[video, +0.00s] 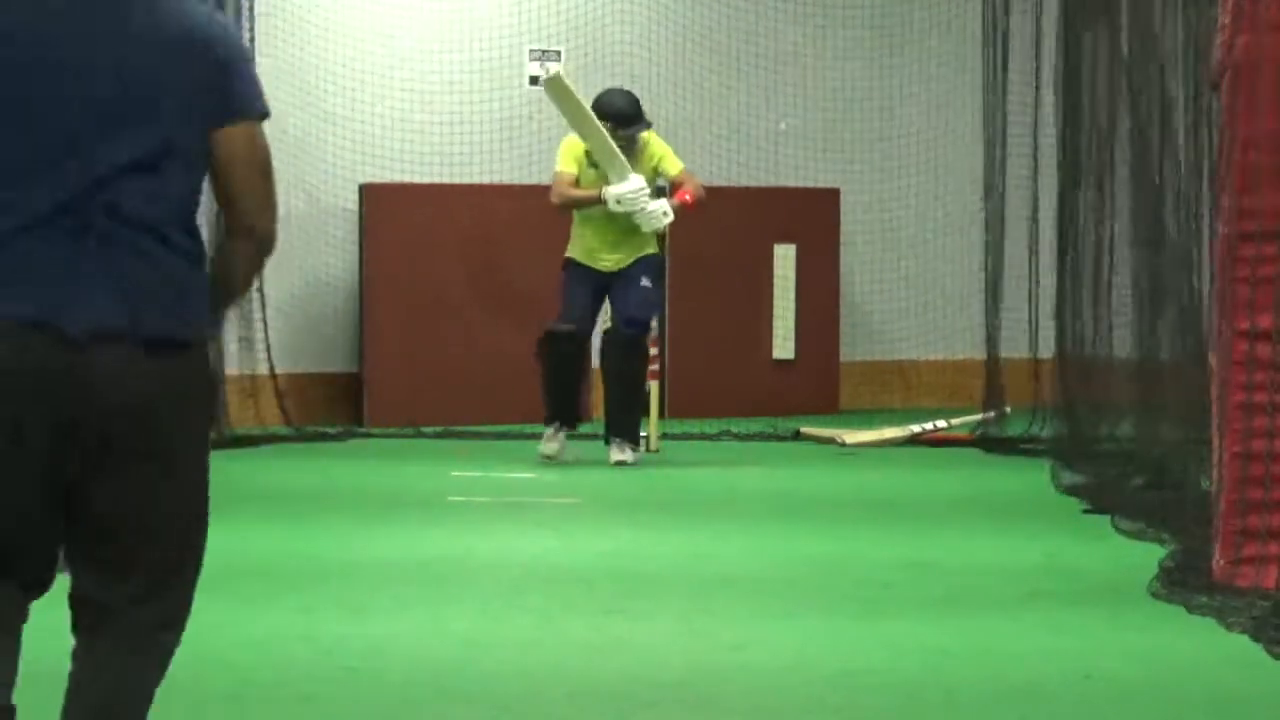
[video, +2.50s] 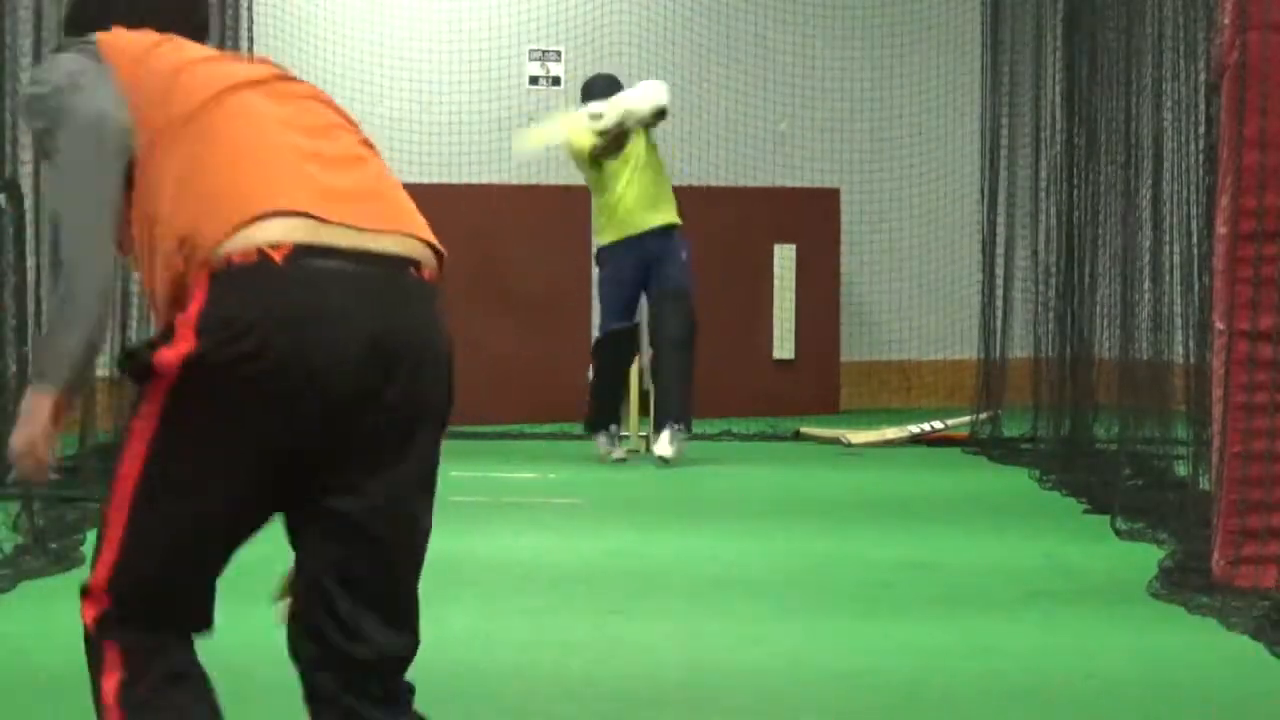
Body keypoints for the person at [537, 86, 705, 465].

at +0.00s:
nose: (629, 141)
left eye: (633, 134)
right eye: (621, 136)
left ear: (639, 127)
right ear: (601, 129)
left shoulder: (649, 145)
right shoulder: (576, 145)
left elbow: (693, 185)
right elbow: (559, 194)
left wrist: (671, 204)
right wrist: (606, 194)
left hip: (638, 257)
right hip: (586, 257)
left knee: (630, 337)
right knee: (569, 336)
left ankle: (623, 439)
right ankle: (559, 424)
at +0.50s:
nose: (620, 169)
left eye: (627, 160)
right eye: (612, 161)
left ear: (641, 160)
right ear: (602, 163)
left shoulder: (654, 198)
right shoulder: (620, 188)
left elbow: (663, 269)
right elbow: (633, 225)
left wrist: (642, 281)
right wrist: (628, 248)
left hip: (709, 257)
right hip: (681, 260)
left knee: (664, 342)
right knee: (642, 340)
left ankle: (679, 448)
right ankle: (664, 440)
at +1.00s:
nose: (639, 95)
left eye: (647, 87)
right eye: (634, 88)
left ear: (668, 88)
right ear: (627, 90)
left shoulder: (683, 121)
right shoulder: (626, 130)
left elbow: (691, 113)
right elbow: (608, 175)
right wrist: (596, 141)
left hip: (678, 234)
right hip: (641, 237)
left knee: (669, 335)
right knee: (636, 332)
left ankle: (673, 438)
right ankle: (651, 434)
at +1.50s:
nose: (645, 107)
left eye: (650, 99)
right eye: (644, 100)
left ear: (671, 97)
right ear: (660, 101)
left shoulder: (699, 128)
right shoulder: (656, 145)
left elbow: (712, 146)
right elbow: (630, 188)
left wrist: (664, 144)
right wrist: (620, 157)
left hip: (690, 253)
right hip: (656, 254)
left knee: (676, 343)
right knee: (649, 343)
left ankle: (692, 445)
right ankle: (664, 439)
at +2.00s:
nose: (616, 162)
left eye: (624, 154)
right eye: (608, 155)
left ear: (637, 155)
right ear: (599, 159)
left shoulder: (650, 190)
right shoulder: (616, 185)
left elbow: (663, 264)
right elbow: (628, 221)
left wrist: (639, 276)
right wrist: (627, 242)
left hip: (703, 255)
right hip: (677, 257)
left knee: (660, 337)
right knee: (644, 338)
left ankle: (676, 444)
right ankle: (666, 438)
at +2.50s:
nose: (604, 115)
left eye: (609, 107)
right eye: (597, 110)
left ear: (619, 104)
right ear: (587, 109)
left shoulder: (639, 124)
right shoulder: (578, 134)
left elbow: (654, 111)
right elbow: (601, 150)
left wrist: (632, 107)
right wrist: (618, 125)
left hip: (662, 232)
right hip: (616, 242)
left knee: (674, 330)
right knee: (615, 337)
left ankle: (671, 426)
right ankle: (604, 428)